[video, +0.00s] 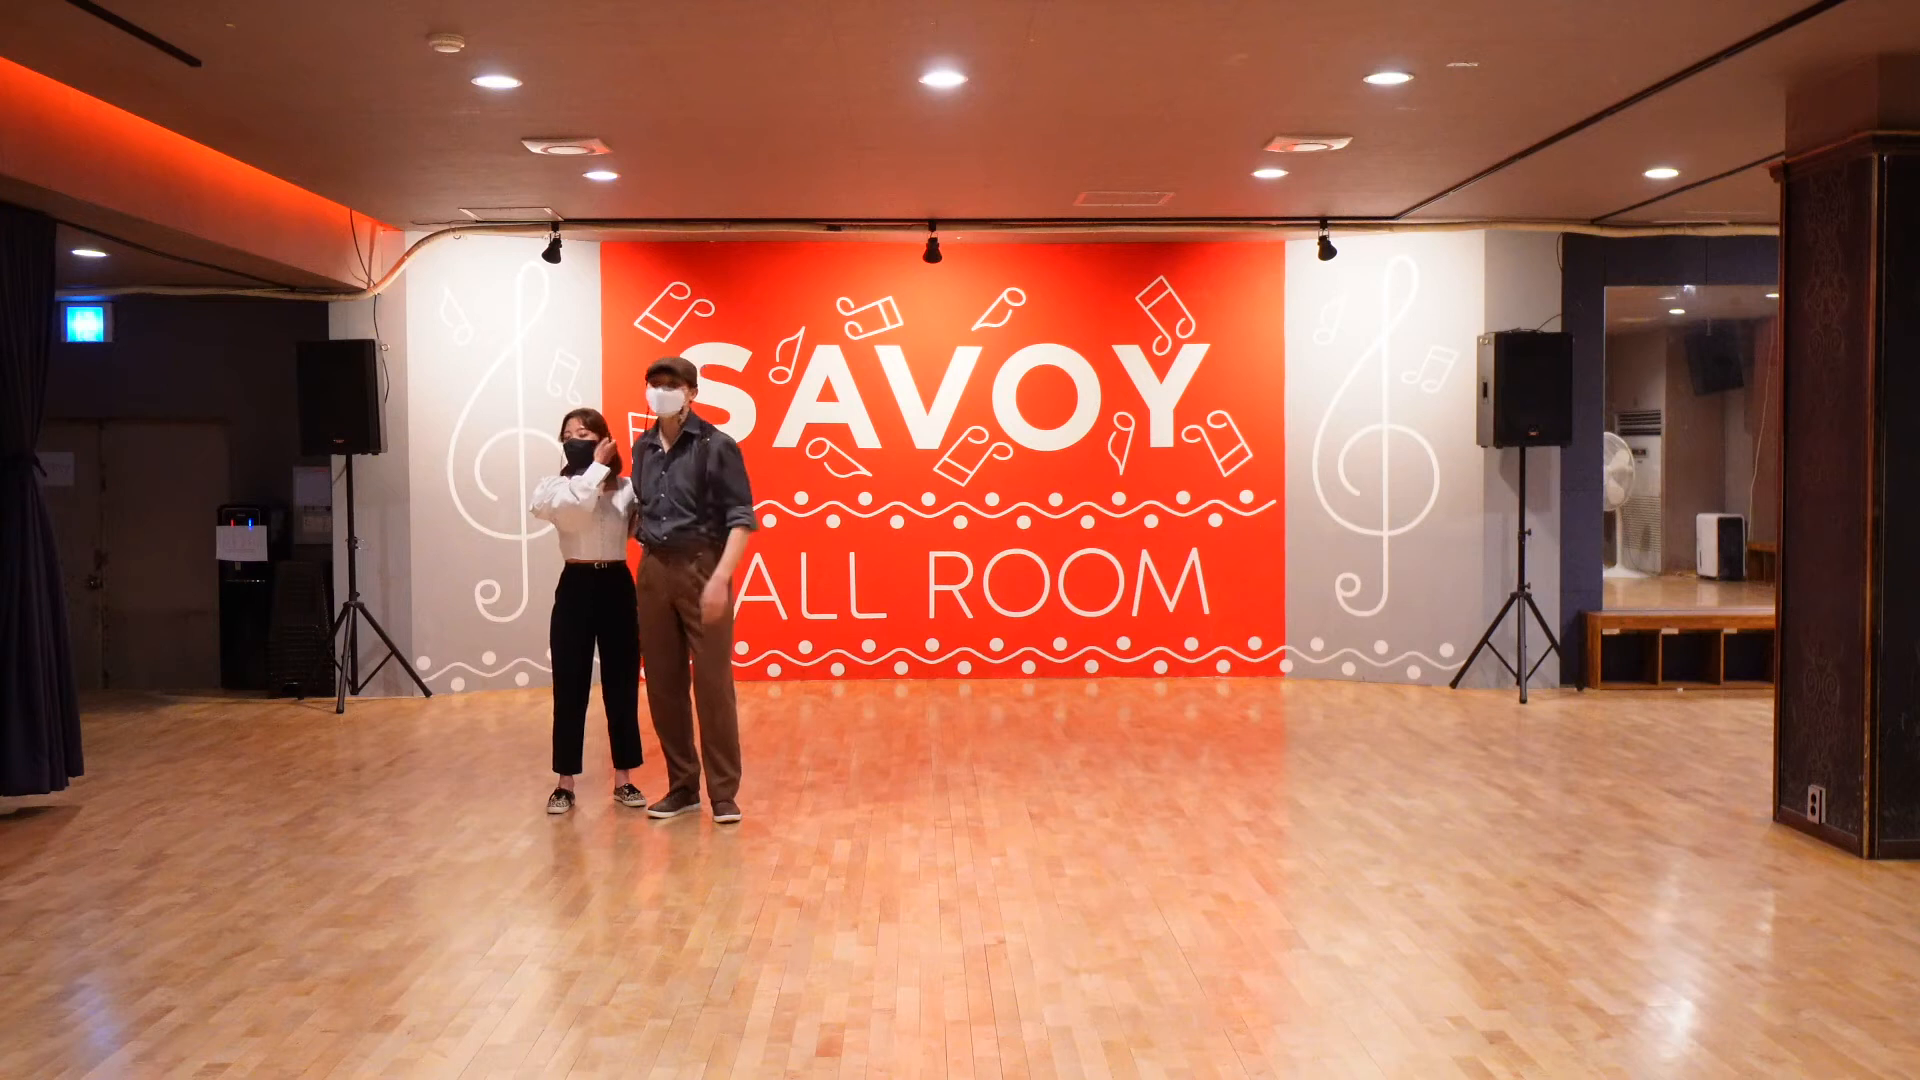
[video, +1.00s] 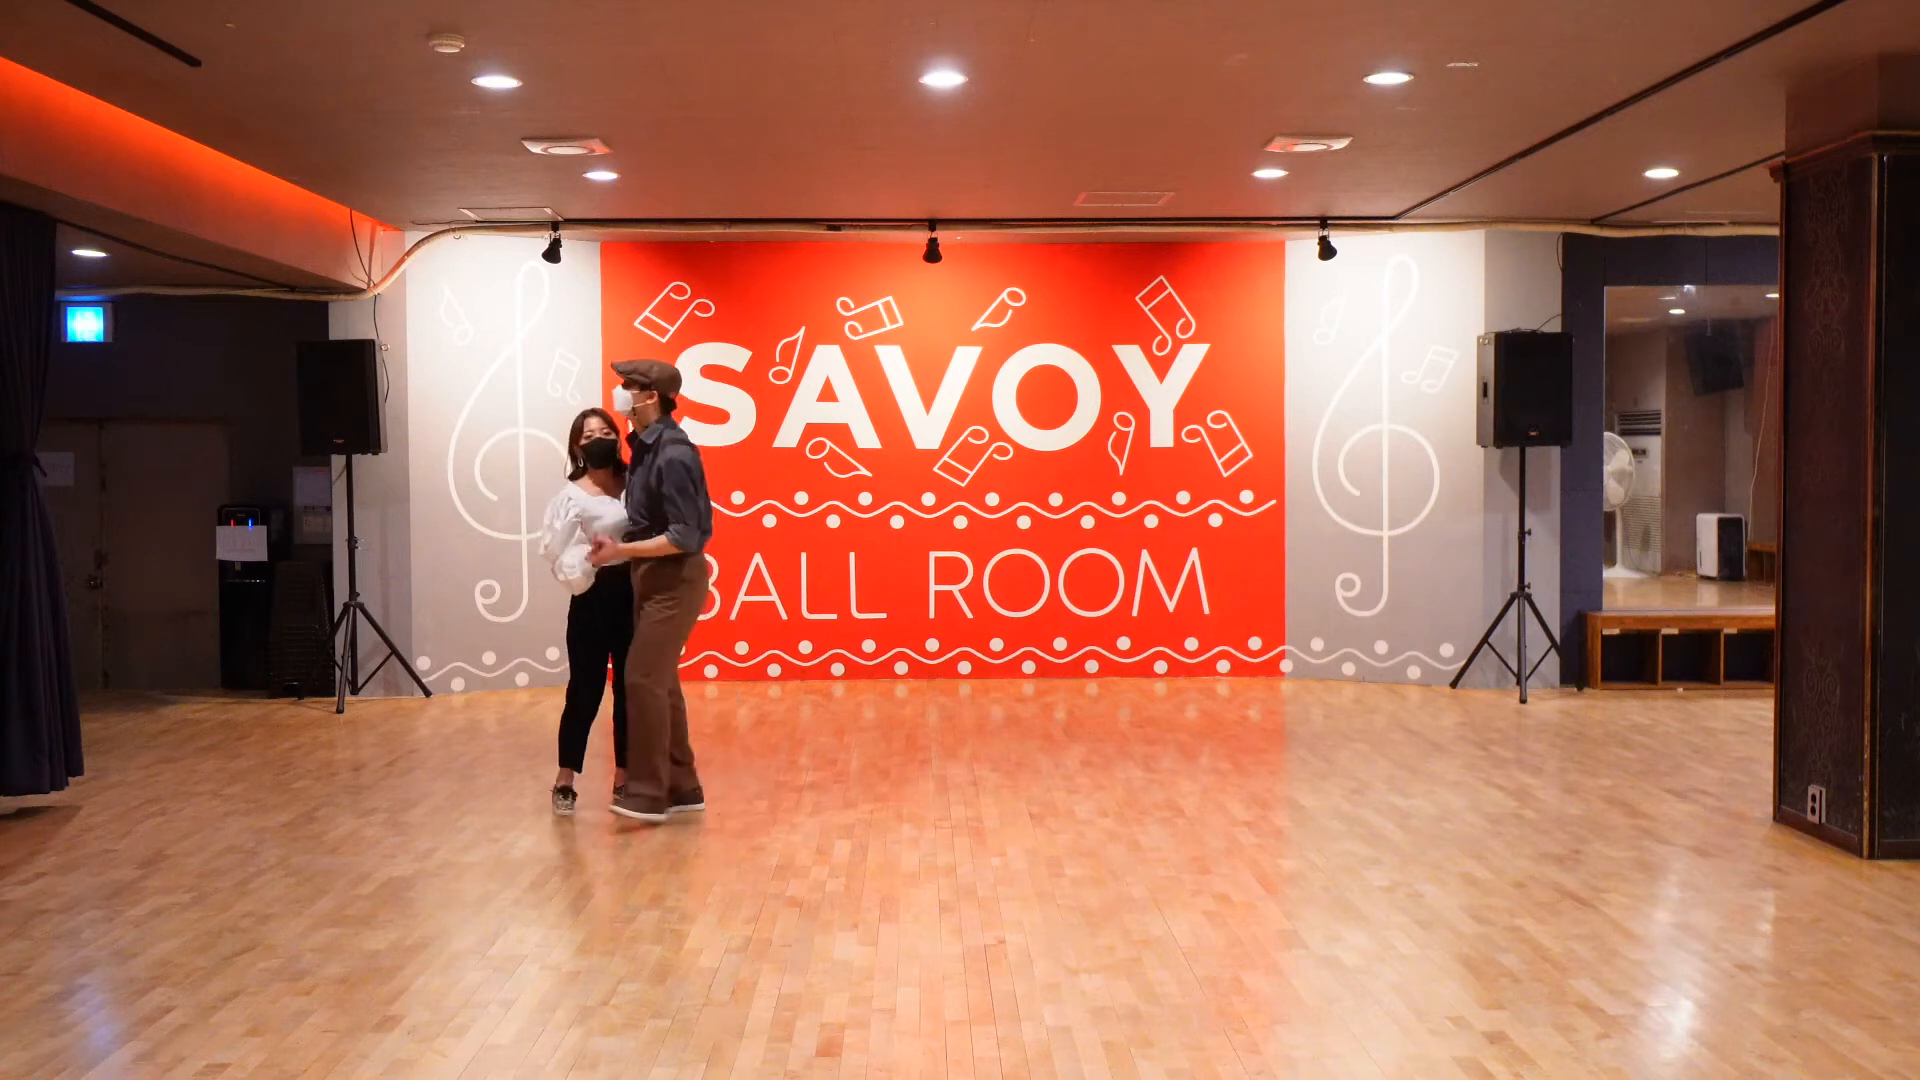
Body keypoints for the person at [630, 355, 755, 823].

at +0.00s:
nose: (660, 393)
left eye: (670, 386)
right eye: (654, 385)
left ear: (690, 394)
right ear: (647, 393)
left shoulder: (717, 446)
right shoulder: (644, 448)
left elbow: (744, 521)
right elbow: (640, 508)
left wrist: (720, 580)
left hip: (704, 569)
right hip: (653, 570)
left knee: (713, 684)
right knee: (664, 685)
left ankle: (724, 795)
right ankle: (683, 787)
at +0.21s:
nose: (648, 392)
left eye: (659, 384)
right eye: (647, 385)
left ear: (684, 392)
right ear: (648, 395)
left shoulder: (714, 445)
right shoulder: (645, 448)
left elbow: (725, 521)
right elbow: (640, 514)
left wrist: (666, 551)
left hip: (704, 570)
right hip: (656, 572)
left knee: (713, 684)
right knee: (665, 685)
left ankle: (722, 793)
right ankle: (683, 787)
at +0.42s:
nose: (646, 389)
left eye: (656, 383)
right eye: (646, 381)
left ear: (682, 390)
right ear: (650, 392)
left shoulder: (707, 444)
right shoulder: (648, 446)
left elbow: (702, 522)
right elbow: (643, 508)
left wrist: (632, 530)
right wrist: (604, 512)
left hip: (701, 569)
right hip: (658, 567)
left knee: (710, 682)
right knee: (665, 685)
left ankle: (720, 793)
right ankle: (683, 787)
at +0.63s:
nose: (635, 385)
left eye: (645, 380)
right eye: (637, 378)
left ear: (672, 391)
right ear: (659, 393)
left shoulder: (696, 446)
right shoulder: (648, 442)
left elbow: (684, 525)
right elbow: (641, 507)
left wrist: (619, 526)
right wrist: (600, 515)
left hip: (696, 569)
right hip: (656, 567)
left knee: (704, 683)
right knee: (665, 683)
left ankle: (720, 793)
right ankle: (683, 786)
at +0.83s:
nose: (632, 399)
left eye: (641, 393)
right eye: (634, 392)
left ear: (664, 402)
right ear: (656, 403)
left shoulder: (686, 456)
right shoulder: (651, 452)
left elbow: (682, 540)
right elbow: (643, 517)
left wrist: (615, 540)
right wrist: (603, 523)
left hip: (684, 579)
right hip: (651, 576)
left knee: (662, 686)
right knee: (648, 688)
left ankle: (706, 784)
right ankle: (680, 787)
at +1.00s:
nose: (623, 394)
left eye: (630, 388)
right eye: (625, 387)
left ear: (652, 397)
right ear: (651, 398)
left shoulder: (674, 452)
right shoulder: (647, 445)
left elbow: (686, 535)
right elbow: (642, 517)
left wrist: (624, 549)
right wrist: (607, 535)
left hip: (677, 575)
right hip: (652, 572)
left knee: (644, 675)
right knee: (661, 677)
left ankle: (647, 794)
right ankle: (682, 786)